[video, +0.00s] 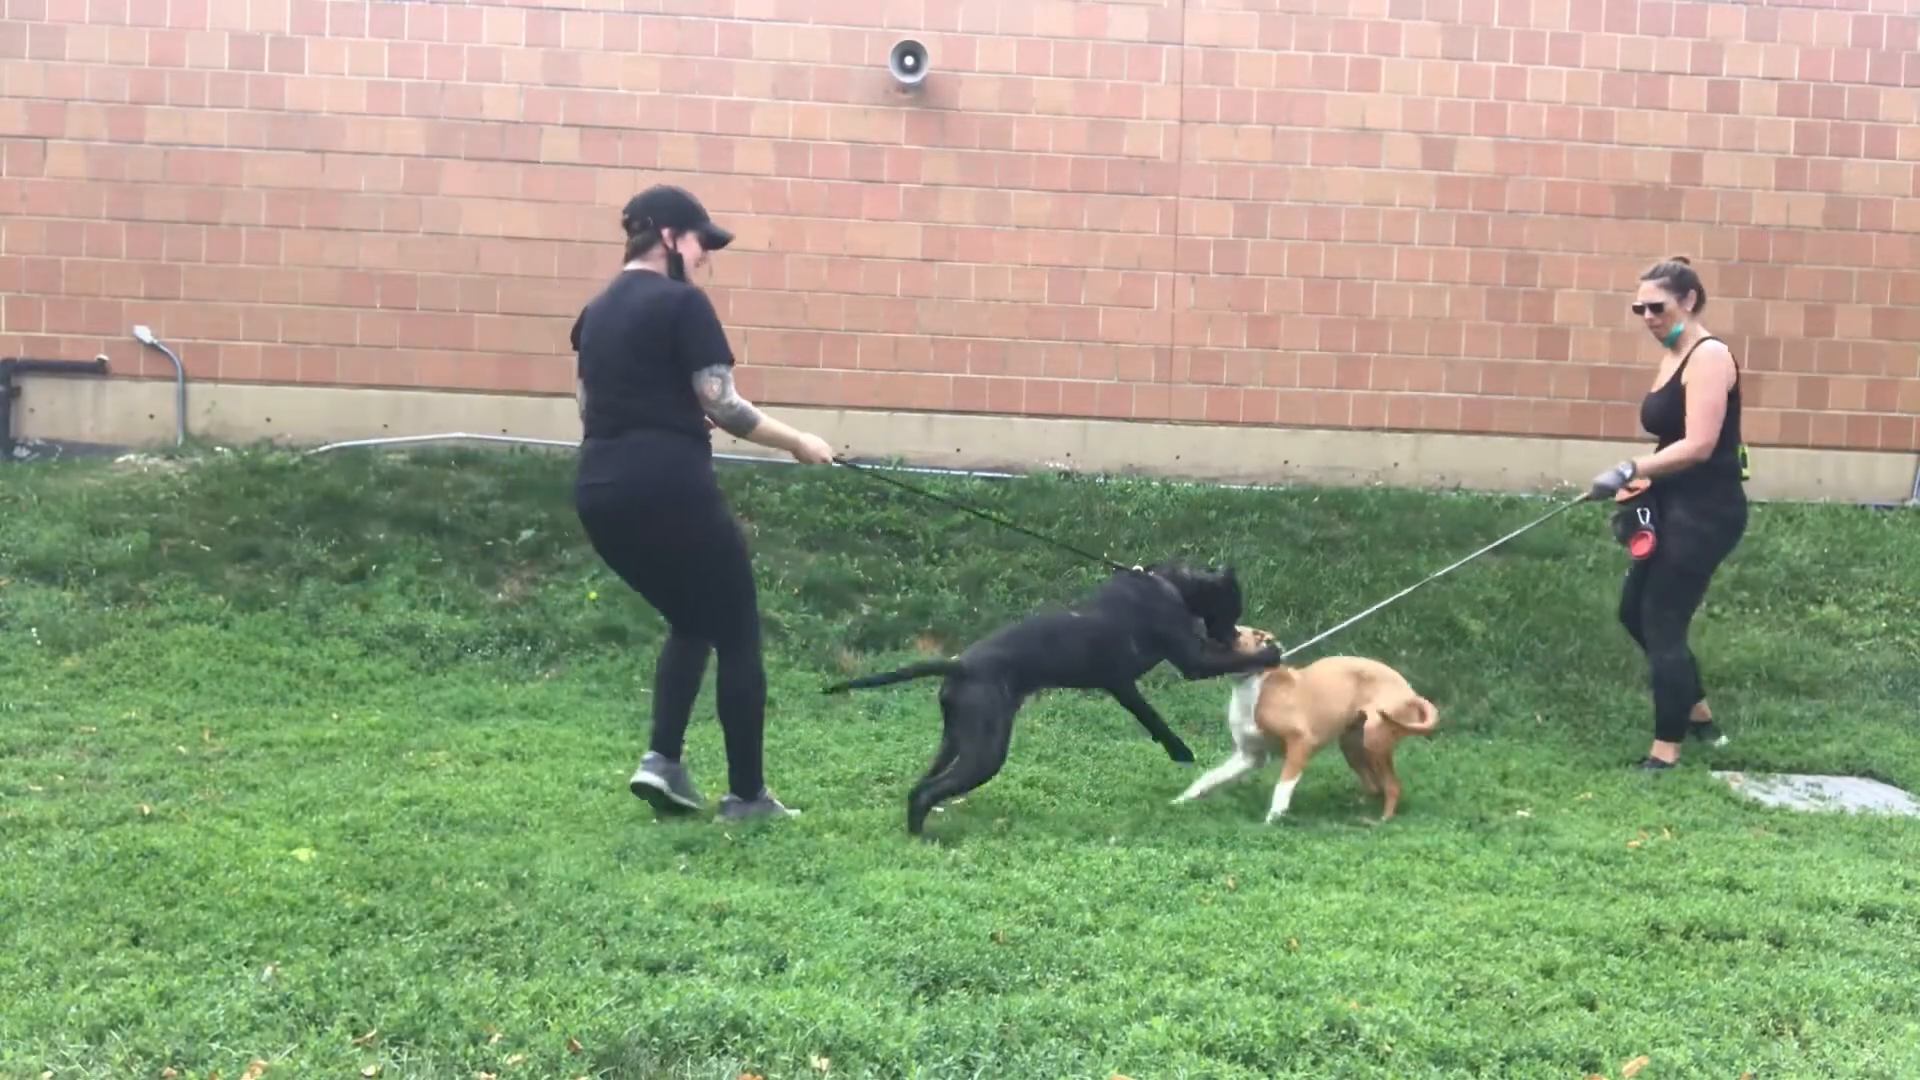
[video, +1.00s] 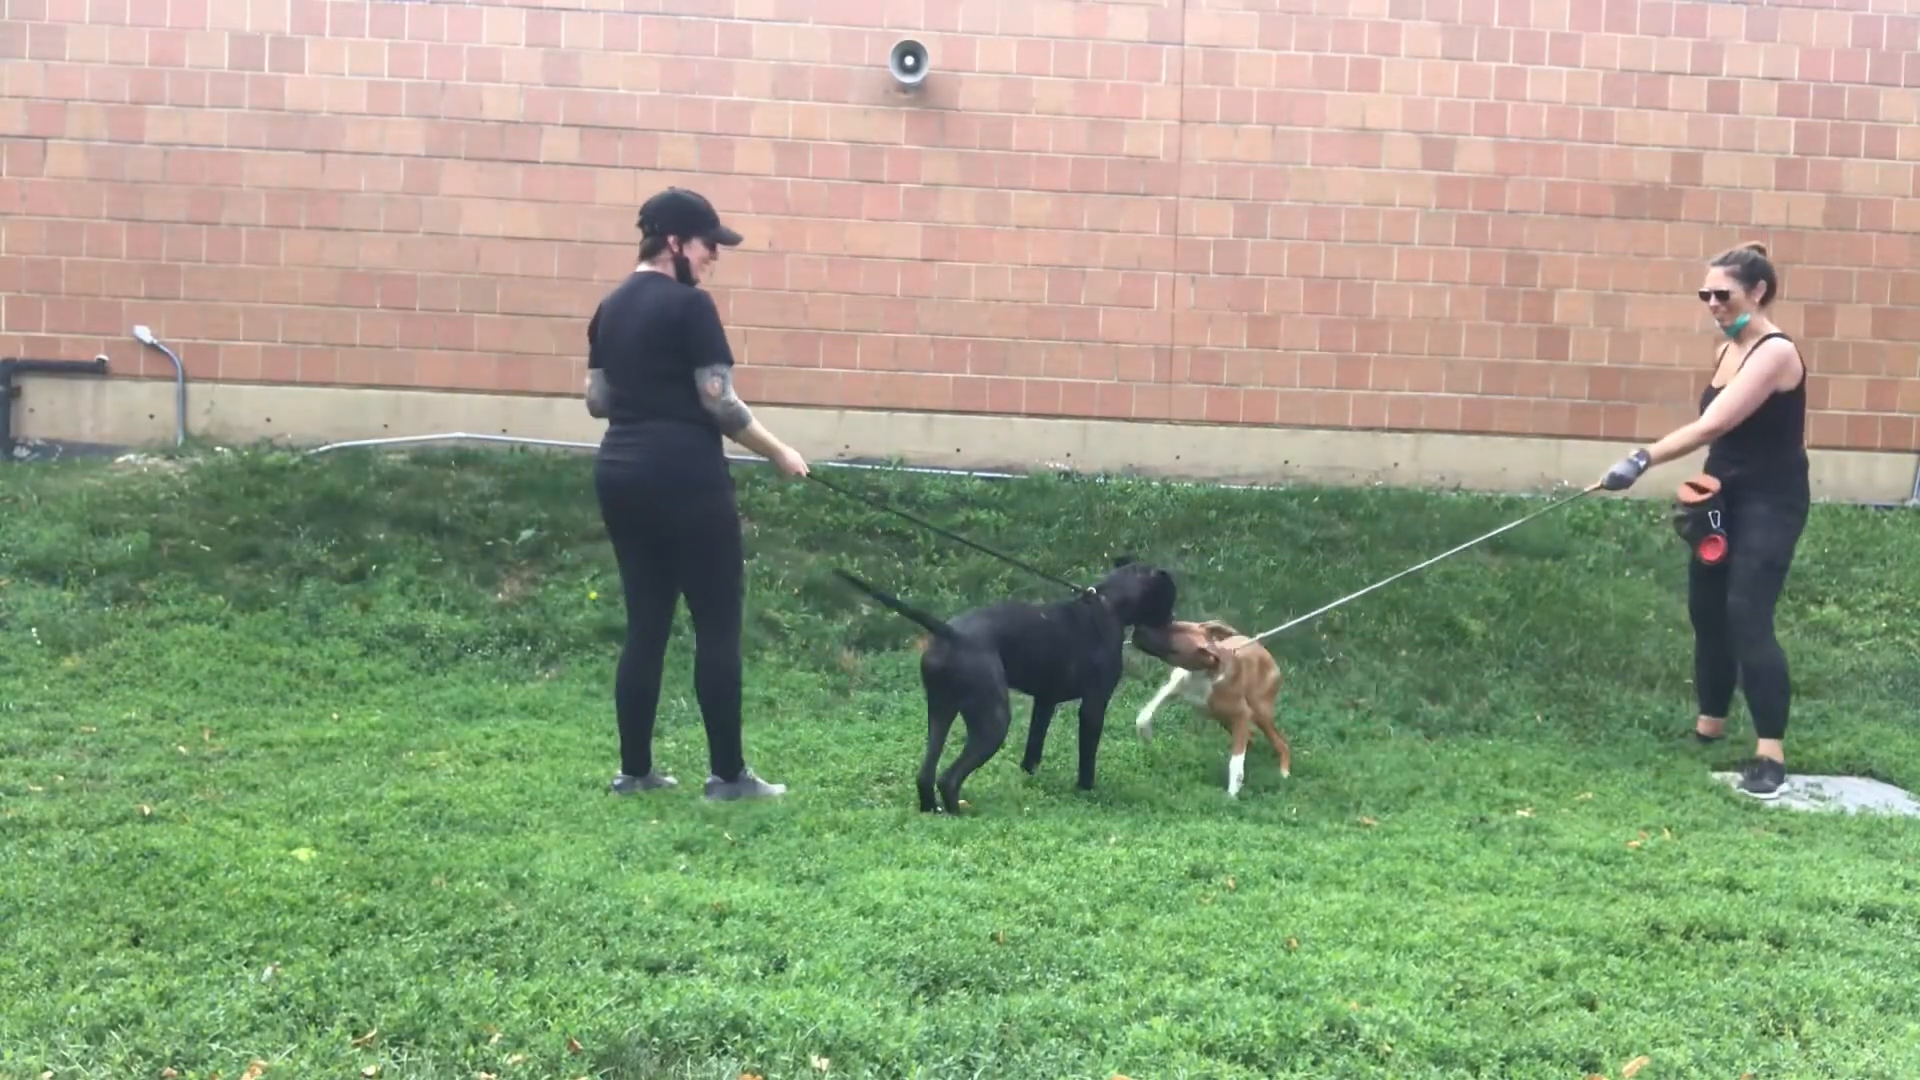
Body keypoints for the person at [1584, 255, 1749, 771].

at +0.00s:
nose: (1647, 318)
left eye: (1656, 308)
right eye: (1641, 310)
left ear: (1688, 302)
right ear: (1641, 309)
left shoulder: (1710, 357)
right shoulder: (1676, 356)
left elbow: (1702, 446)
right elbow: (1672, 442)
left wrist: (1630, 471)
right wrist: (1640, 495)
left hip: (1707, 508)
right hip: (1676, 504)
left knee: (1664, 622)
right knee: (1636, 611)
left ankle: (1664, 752)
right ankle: (1699, 716)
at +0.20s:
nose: (1666, 319)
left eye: (1675, 309)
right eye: (1660, 311)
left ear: (1707, 304)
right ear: (1660, 309)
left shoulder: (1731, 359)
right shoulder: (1684, 360)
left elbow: (1735, 444)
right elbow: (1681, 440)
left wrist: (1662, 461)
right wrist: (1648, 496)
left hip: (1717, 506)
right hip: (1681, 501)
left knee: (1674, 620)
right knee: (1653, 616)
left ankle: (1666, 747)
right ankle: (1706, 718)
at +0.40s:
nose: (1683, 314)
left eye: (1692, 304)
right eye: (1678, 306)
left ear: (1725, 300)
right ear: (1677, 307)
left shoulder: (1753, 357)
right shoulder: (1693, 361)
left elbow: (1751, 443)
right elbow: (1681, 448)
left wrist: (1684, 460)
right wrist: (1647, 508)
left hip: (1735, 502)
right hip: (1693, 497)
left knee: (1684, 605)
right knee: (1674, 605)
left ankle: (1670, 738)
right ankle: (1708, 719)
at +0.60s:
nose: (1696, 311)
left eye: (1706, 301)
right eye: (1691, 302)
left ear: (1739, 298)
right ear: (1690, 302)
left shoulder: (1766, 355)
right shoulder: (1705, 357)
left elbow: (1741, 435)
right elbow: (1693, 441)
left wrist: (1681, 451)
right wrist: (1662, 505)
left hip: (1747, 501)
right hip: (1704, 496)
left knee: (1696, 599)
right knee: (1689, 602)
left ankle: (1734, 735)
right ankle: (1709, 726)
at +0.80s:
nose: (1703, 308)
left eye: (1712, 298)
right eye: (1698, 299)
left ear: (1746, 295)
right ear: (1698, 300)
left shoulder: (1766, 355)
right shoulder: (1719, 356)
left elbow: (1711, 422)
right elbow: (1716, 439)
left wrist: (1641, 448)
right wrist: (1692, 486)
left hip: (1754, 501)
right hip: (1714, 496)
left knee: (1728, 611)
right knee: (1697, 609)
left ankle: (1769, 748)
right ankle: (1709, 727)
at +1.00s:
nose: (1712, 304)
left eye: (1722, 295)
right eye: (1708, 295)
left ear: (1757, 292)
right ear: (1712, 296)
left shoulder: (1775, 353)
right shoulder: (1731, 349)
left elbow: (1710, 424)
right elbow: (1722, 434)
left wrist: (1642, 457)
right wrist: (1704, 491)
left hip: (1770, 502)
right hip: (1723, 495)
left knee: (1749, 615)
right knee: (1708, 610)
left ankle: (1770, 755)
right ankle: (1708, 729)